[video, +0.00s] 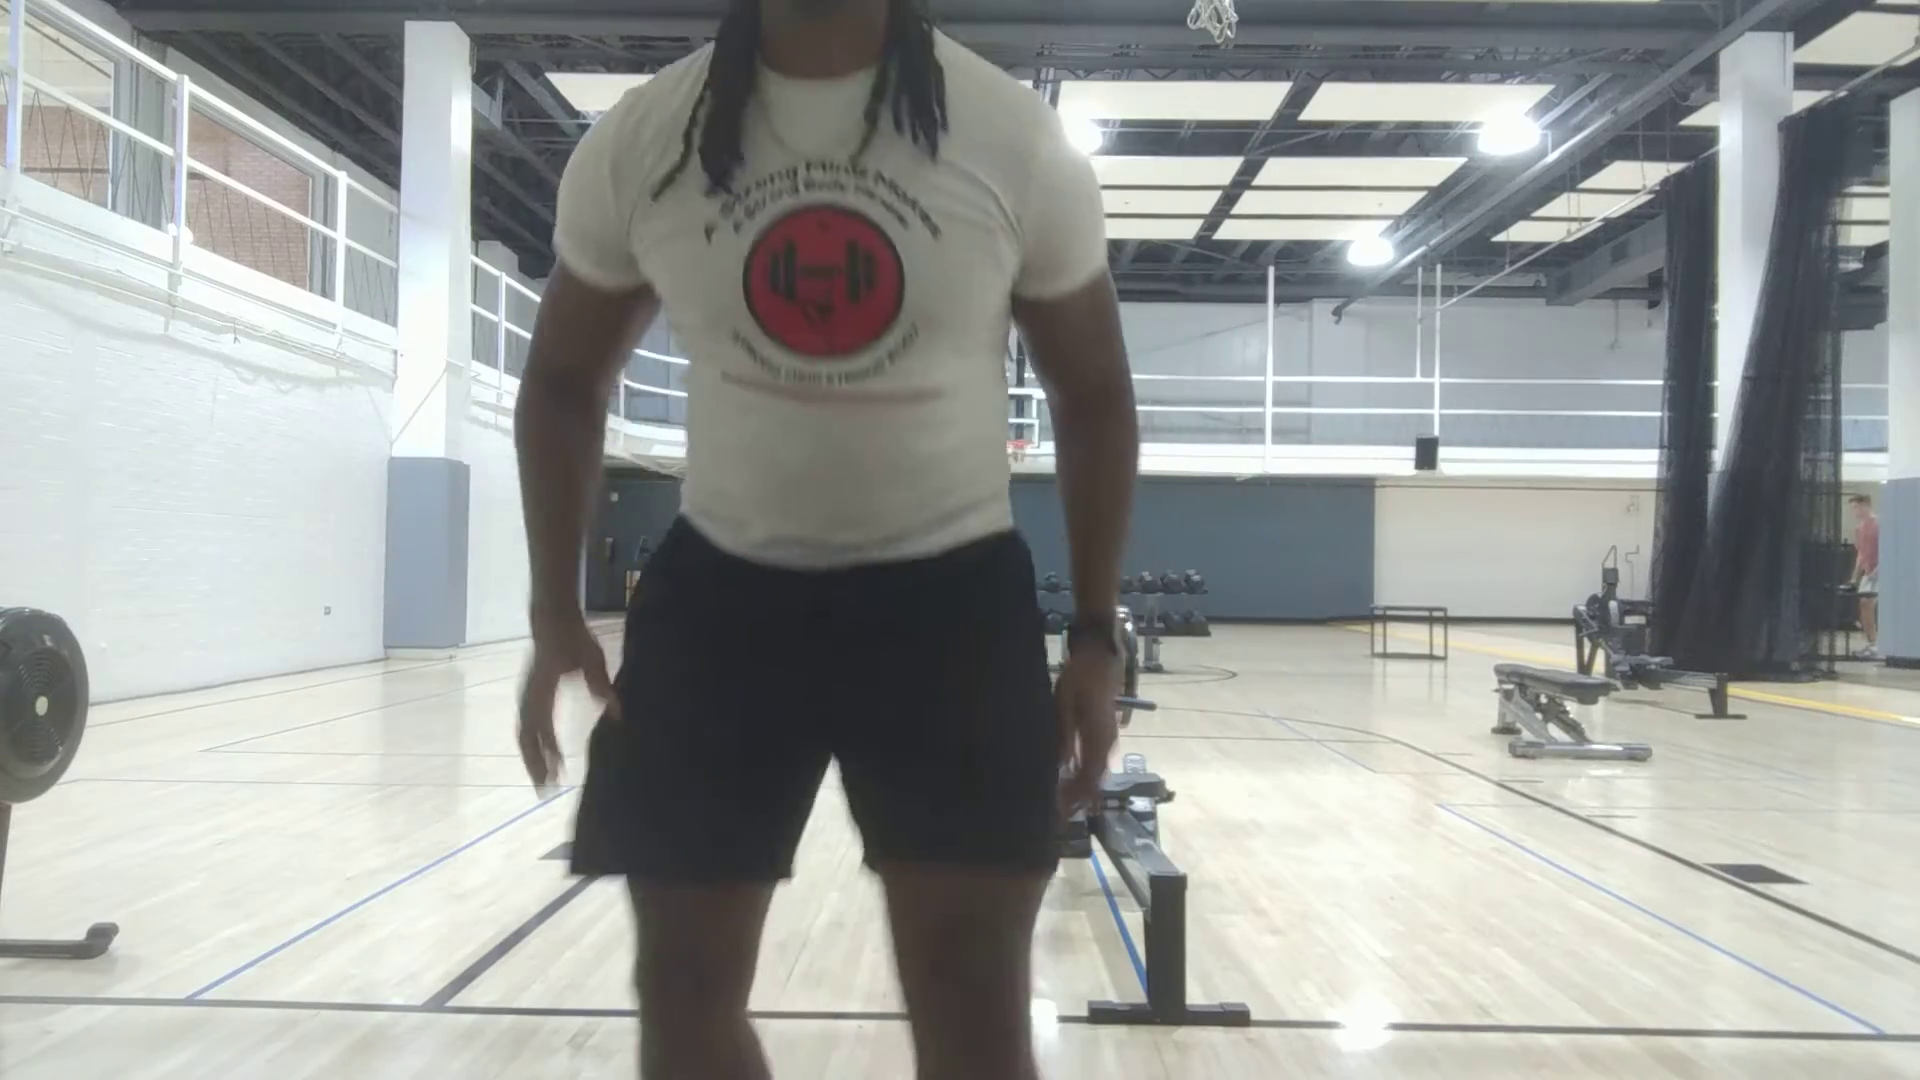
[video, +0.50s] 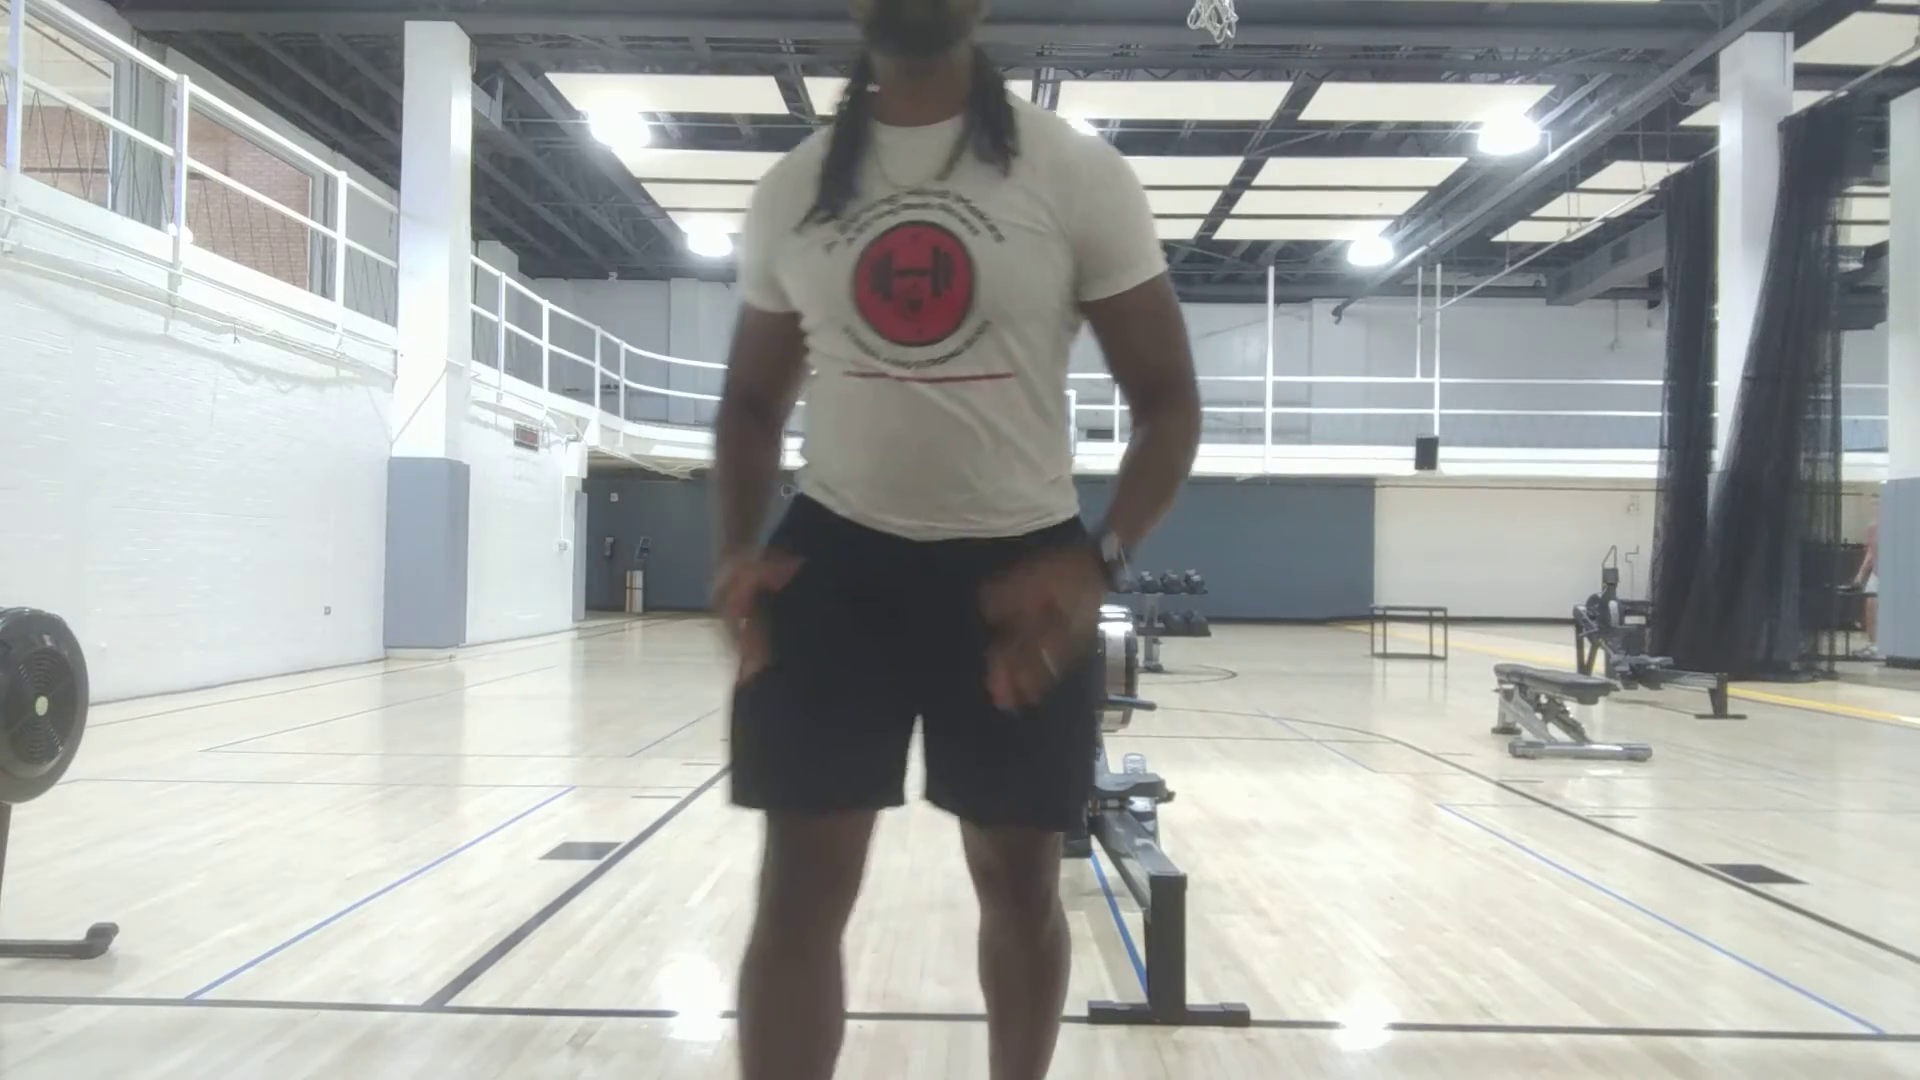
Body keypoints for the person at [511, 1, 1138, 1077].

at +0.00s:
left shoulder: (1014, 141)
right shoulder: (641, 140)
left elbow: (1094, 396)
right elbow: (564, 383)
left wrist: (1096, 636)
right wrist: (559, 615)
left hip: (950, 613)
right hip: (722, 611)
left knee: (971, 1009)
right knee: (685, 1002)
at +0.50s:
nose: (910, 1)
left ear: (980, 8)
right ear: (853, 11)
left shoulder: (1078, 177)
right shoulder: (797, 186)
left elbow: (1169, 405)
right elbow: (752, 398)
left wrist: (1099, 557)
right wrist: (736, 550)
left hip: (1020, 569)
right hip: (837, 562)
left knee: (1019, 888)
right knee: (800, 894)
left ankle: (1018, 1075)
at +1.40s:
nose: (937, 101)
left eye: (959, 83)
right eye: (916, 83)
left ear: (991, 100)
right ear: (885, 99)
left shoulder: (1062, 224)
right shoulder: (816, 224)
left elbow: (1247, 192)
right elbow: (639, 176)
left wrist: (1228, 58)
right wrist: (648, 62)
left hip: (1006, 582)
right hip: (842, 574)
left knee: (1067, 843)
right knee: (751, 821)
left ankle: (1114, 1066)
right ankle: (675, 1055)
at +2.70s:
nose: (906, 77)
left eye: (927, 56)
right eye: (884, 55)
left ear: (959, 83)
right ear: (850, 83)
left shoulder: (1020, 257)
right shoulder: (793, 249)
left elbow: (1041, 444)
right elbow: (747, 411)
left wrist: (1075, 478)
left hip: (978, 572)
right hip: (828, 566)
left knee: (975, 874)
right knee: (818, 867)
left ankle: (950, 1067)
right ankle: (835, 1066)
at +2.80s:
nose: (903, 110)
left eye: (923, 92)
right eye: (883, 92)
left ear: (956, 115)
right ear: (852, 115)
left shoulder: (1017, 275)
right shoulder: (796, 273)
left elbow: (1058, 424)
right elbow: (738, 427)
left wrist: (1093, 472)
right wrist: (733, 471)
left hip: (978, 591)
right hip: (831, 588)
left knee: (972, 859)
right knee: (827, 855)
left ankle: (947, 1068)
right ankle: (841, 1067)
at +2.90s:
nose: (907, 38)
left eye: (927, 20)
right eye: (885, 19)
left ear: (956, 40)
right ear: (853, 38)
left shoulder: (1021, 193)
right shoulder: (797, 195)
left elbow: (1110, 337)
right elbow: (708, 330)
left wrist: (1186, 314)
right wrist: (631, 338)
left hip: (982, 513)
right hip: (833, 513)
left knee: (986, 786)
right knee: (814, 781)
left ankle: (978, 1040)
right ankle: (814, 1038)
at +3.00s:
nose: (914, 11)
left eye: (932, 1)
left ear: (962, 21)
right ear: (856, 22)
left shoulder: (1021, 135)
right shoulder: (797, 144)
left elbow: (1168, 242)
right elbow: (649, 241)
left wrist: (1250, 134)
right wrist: (542, 155)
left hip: (987, 470)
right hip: (833, 467)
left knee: (1021, 761)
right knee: (782, 749)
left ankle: (1050, 1027)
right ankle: (739, 1025)